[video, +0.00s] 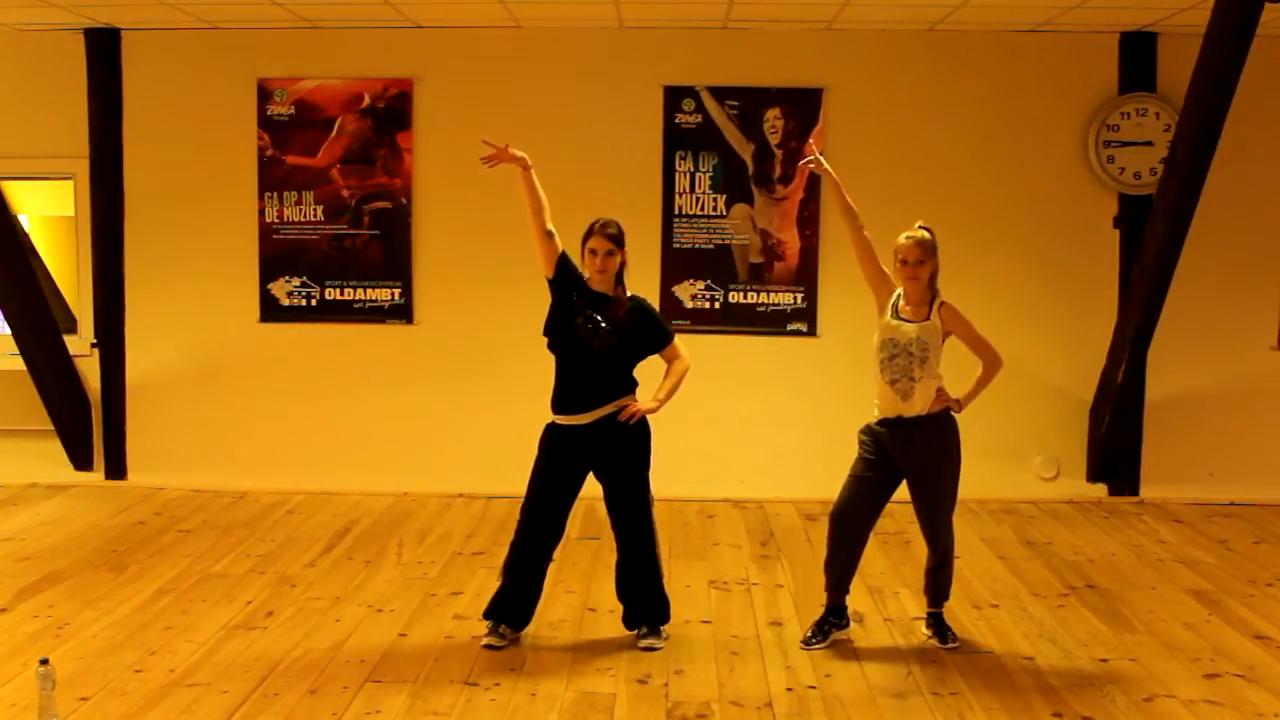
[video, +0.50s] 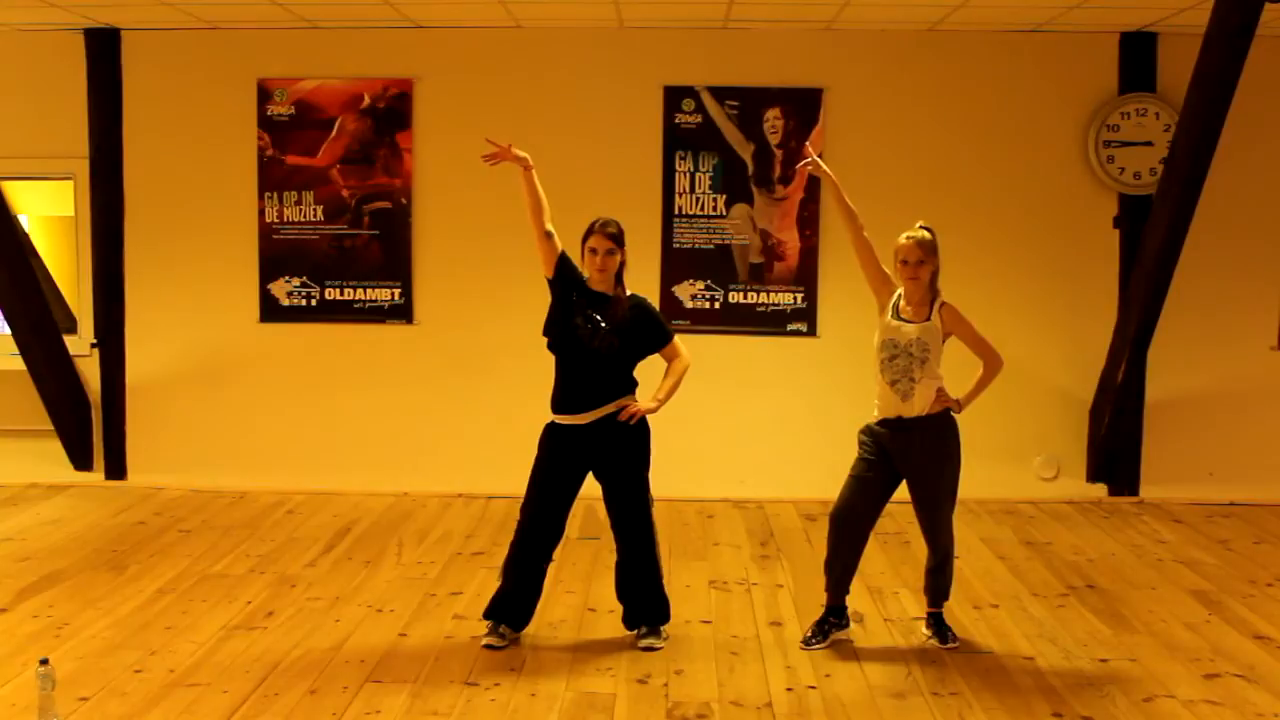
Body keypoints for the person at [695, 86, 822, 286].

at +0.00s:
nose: (771, 125)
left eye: (777, 119)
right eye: (766, 121)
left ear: (790, 124)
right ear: (762, 127)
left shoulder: (803, 156)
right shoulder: (753, 154)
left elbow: (825, 124)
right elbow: (723, 122)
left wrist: (830, 86)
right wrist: (701, 89)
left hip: (786, 243)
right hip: (757, 240)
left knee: (776, 307)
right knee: (739, 210)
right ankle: (743, 286)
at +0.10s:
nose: (771, 125)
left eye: (777, 119)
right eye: (766, 121)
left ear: (789, 124)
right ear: (762, 127)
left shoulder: (803, 156)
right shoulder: (753, 154)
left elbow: (825, 123)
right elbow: (723, 121)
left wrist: (830, 86)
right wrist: (701, 89)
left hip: (787, 243)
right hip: (757, 239)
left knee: (776, 305)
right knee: (739, 210)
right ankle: (743, 285)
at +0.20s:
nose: (771, 125)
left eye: (777, 119)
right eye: (766, 121)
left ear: (789, 124)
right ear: (762, 127)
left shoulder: (803, 156)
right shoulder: (753, 154)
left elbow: (825, 123)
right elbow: (723, 122)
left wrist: (830, 86)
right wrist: (701, 89)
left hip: (787, 243)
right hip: (757, 239)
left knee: (776, 305)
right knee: (739, 210)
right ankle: (743, 285)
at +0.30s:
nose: (771, 125)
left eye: (777, 119)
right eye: (766, 121)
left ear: (790, 124)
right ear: (762, 127)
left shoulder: (803, 156)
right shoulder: (753, 154)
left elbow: (825, 124)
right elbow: (723, 121)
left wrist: (829, 86)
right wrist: (701, 89)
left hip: (786, 242)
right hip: (757, 239)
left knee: (776, 306)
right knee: (739, 210)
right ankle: (743, 286)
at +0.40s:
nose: (771, 125)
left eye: (777, 119)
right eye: (766, 121)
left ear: (790, 124)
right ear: (762, 127)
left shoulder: (803, 156)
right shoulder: (753, 154)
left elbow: (825, 124)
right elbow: (723, 121)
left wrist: (829, 86)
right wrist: (701, 89)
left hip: (786, 242)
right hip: (757, 239)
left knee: (776, 306)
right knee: (739, 210)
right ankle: (743, 286)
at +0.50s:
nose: (771, 125)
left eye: (777, 119)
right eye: (766, 121)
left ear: (789, 124)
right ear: (762, 127)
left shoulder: (803, 156)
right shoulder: (753, 154)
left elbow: (824, 124)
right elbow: (723, 122)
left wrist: (829, 87)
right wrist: (701, 89)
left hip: (786, 242)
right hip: (757, 239)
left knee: (776, 305)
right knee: (739, 210)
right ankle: (743, 284)